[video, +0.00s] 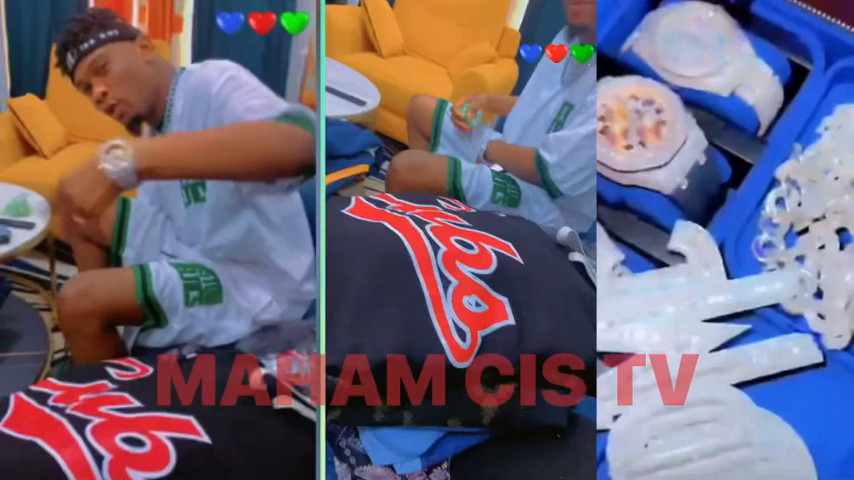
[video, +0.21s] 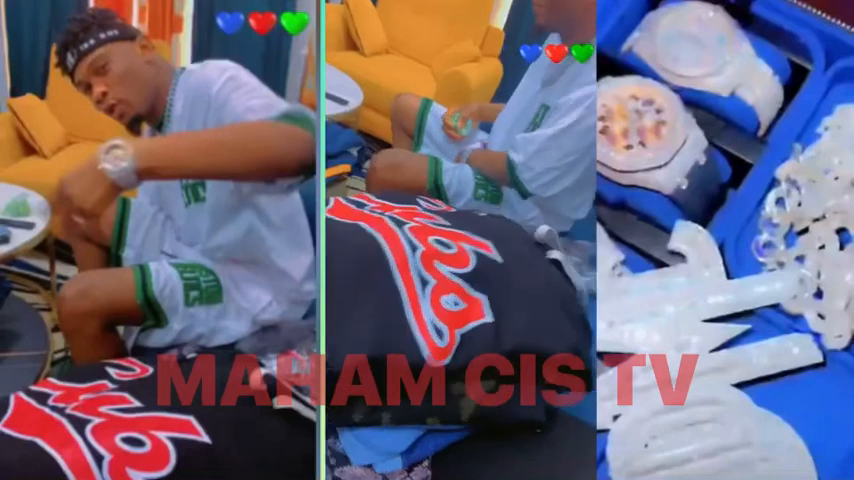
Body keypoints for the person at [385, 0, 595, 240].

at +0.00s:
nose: (574, 0)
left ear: (612, 6)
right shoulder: (570, 39)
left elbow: (552, 170)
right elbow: (549, 108)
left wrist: (483, 143)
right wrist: (488, 102)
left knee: (405, 168)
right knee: (421, 109)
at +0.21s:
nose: (533, 3)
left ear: (582, 2)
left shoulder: (594, 93)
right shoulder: (560, 47)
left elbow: (522, 171)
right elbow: (533, 113)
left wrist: (468, 155)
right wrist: (478, 111)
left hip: (528, 205)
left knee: (385, 167)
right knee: (405, 108)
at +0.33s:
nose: (525, 3)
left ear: (584, 5)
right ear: (581, 9)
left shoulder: (588, 99)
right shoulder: (552, 53)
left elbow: (511, 182)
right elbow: (519, 121)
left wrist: (446, 157)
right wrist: (464, 113)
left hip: (505, 210)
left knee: (365, 165)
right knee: (391, 104)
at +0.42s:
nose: (545, 13)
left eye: (563, 9)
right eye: (553, 5)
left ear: (598, 27)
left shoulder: (586, 130)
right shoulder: (555, 72)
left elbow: (496, 196)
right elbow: (510, 132)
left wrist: (446, 162)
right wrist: (449, 120)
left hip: (489, 224)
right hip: (476, 166)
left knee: (360, 162)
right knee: (394, 104)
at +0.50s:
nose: (565, 24)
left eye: (584, 19)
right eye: (577, 14)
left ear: (610, 47)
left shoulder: (597, 143)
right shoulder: (560, 84)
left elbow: (499, 200)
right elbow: (511, 129)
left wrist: (447, 160)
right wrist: (440, 113)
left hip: (488, 226)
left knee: (365, 154)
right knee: (402, 97)